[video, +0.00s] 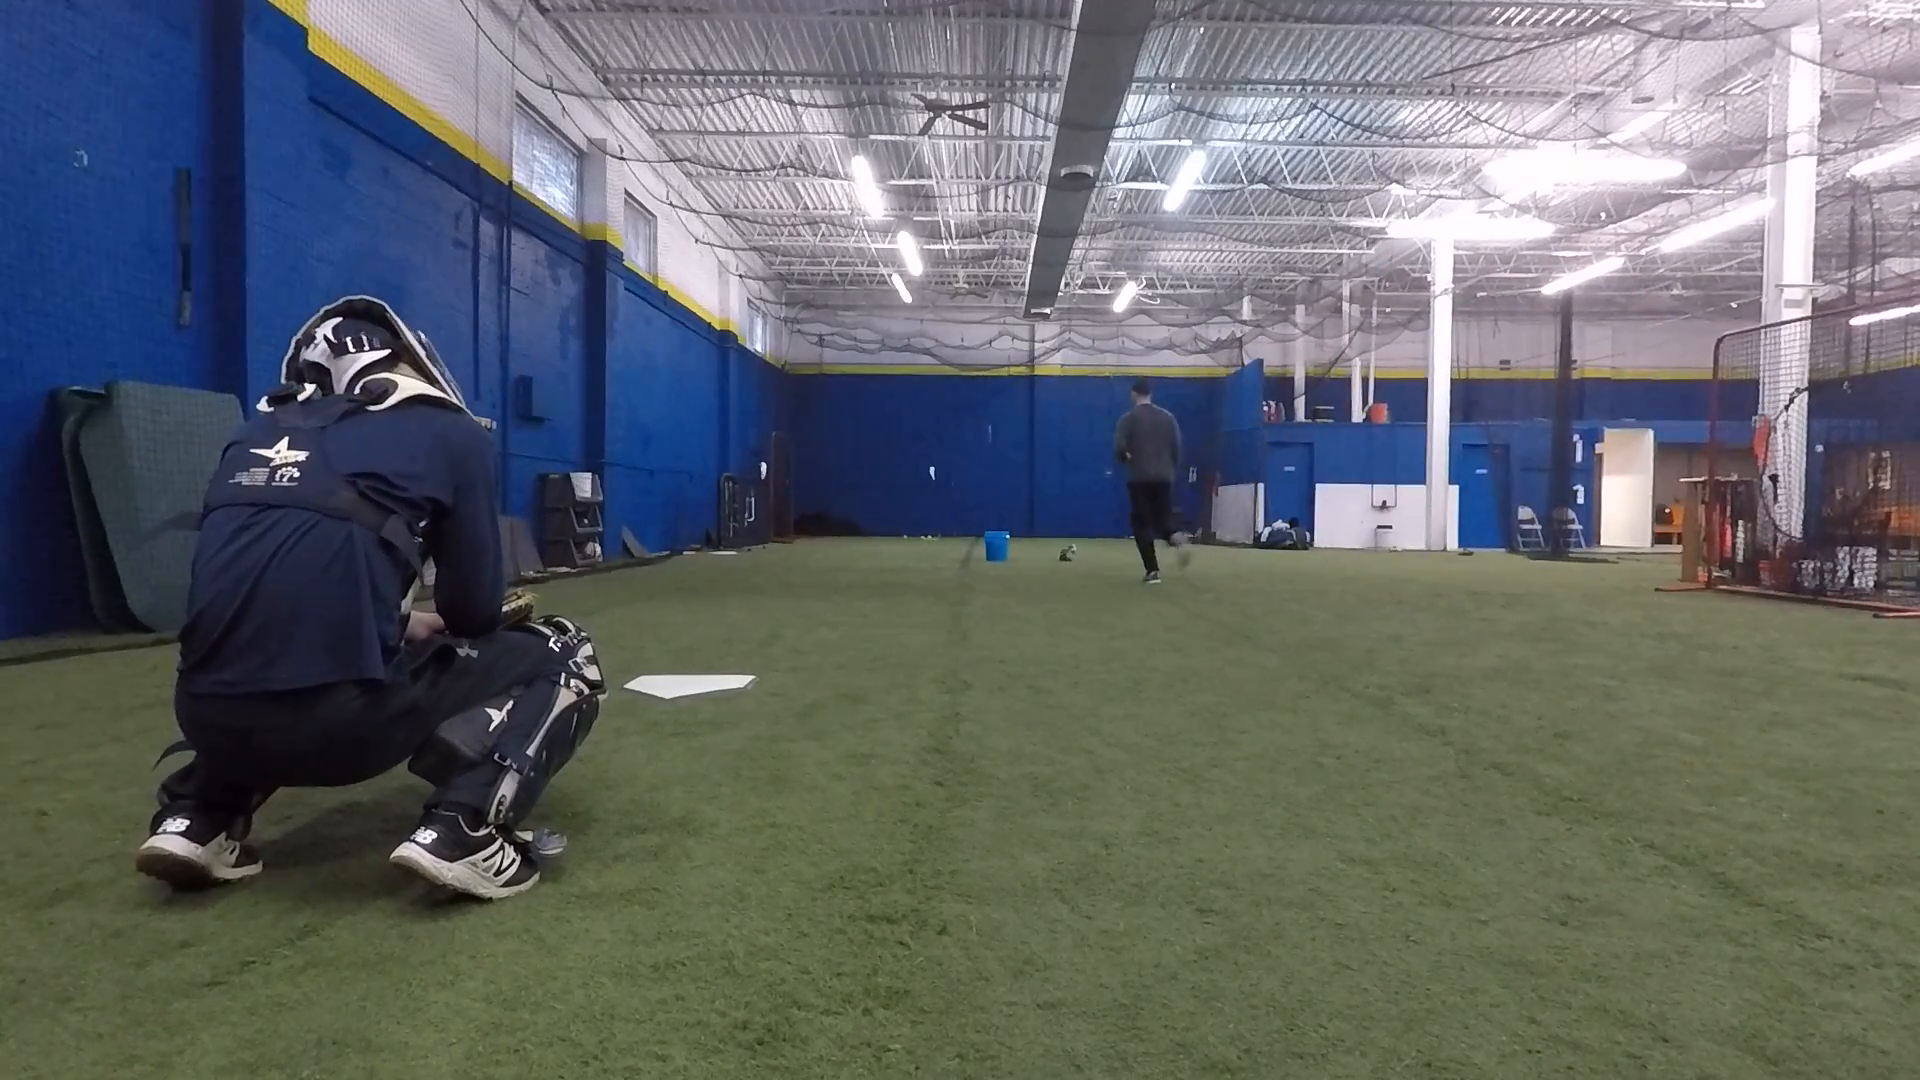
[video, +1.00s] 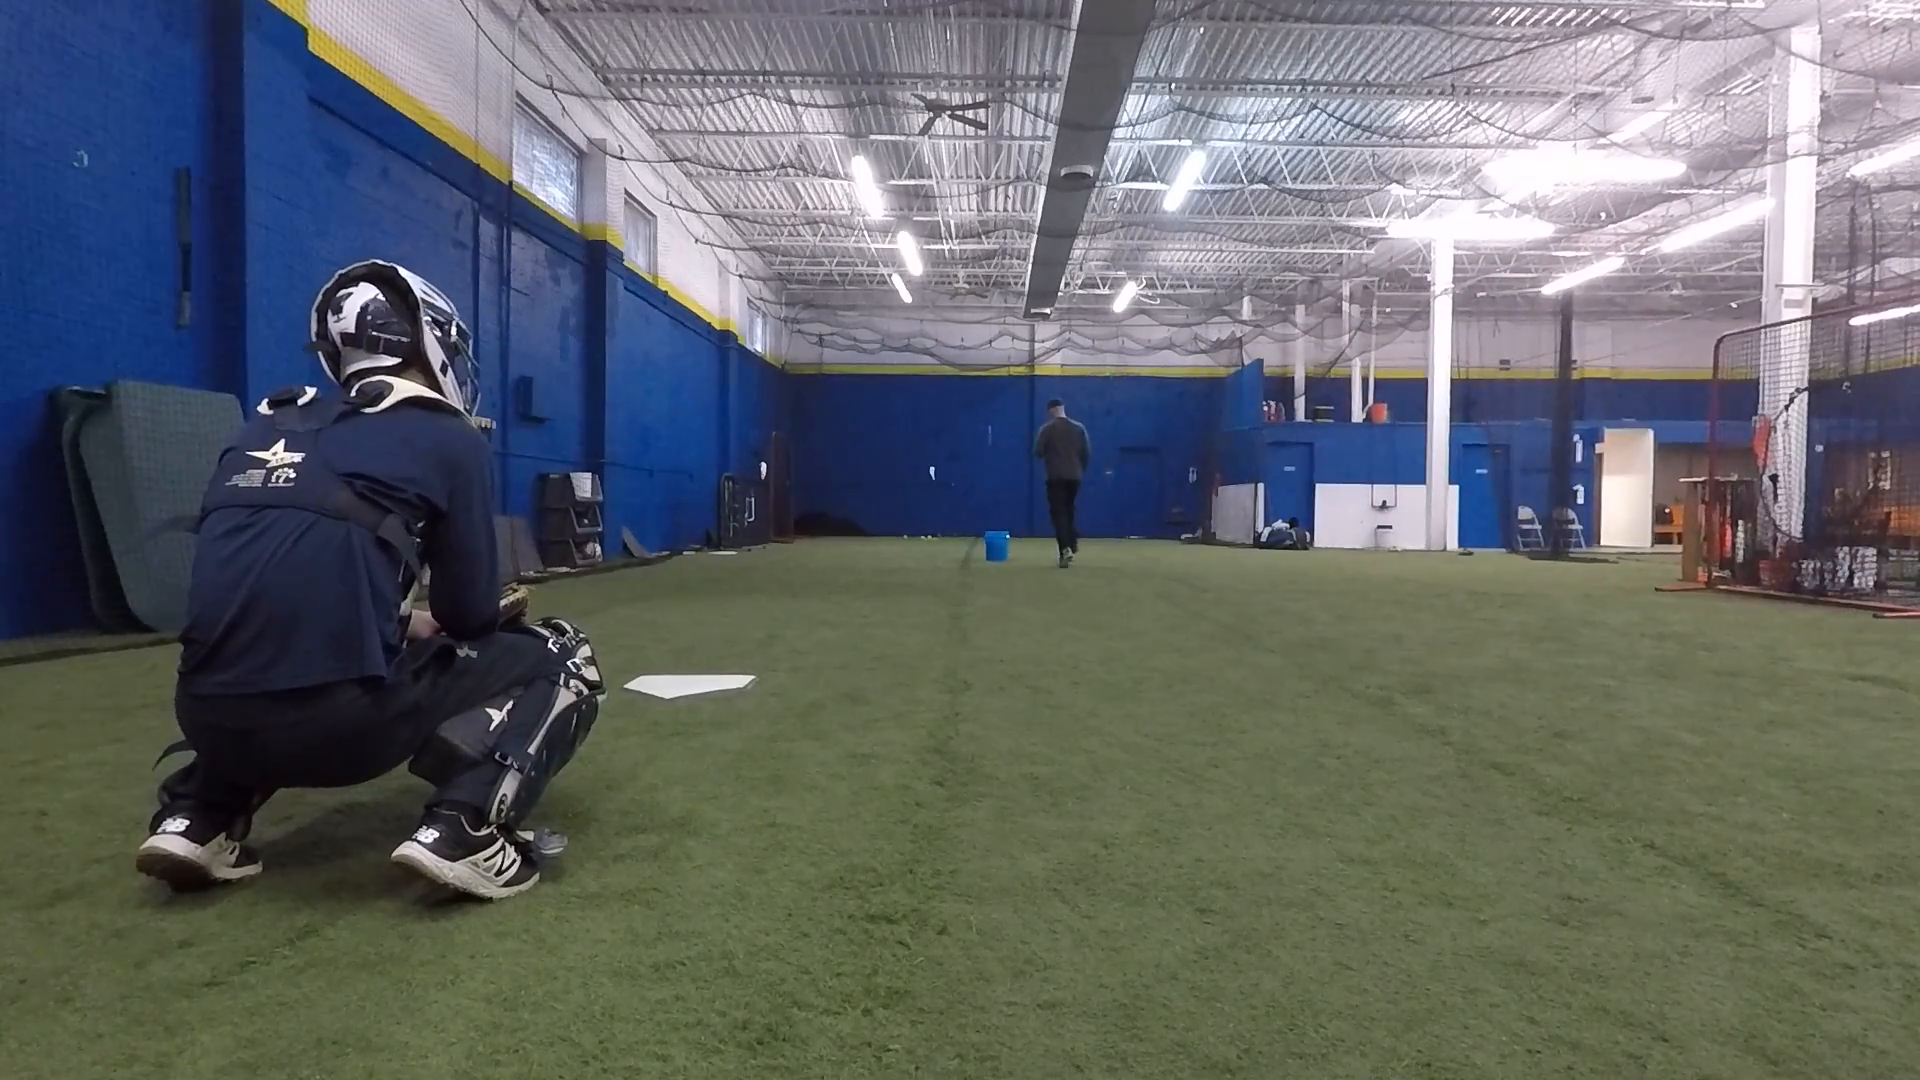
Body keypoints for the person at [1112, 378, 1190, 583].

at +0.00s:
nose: (1132, 397)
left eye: (1132, 394)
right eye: (1134, 394)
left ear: (1134, 394)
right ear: (1150, 394)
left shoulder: (1128, 418)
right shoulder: (1167, 416)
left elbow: (1120, 448)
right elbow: (1177, 445)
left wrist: (1125, 457)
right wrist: (1174, 465)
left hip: (1139, 479)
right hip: (1164, 477)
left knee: (1141, 523)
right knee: (1162, 518)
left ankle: (1152, 571)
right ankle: (1177, 539)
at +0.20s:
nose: (1119, 392)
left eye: (1119, 389)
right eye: (1124, 389)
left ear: (1118, 390)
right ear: (1133, 390)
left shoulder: (1109, 409)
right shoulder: (1147, 410)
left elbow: (1099, 434)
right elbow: (1159, 437)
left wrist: (1113, 430)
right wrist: (1151, 456)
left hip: (1120, 465)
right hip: (1143, 465)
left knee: (1128, 508)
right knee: (1136, 509)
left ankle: (1140, 546)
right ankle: (1130, 556)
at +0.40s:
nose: (1102, 408)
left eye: (1101, 405)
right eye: (1104, 405)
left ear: (1102, 406)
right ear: (1117, 407)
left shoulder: (1097, 425)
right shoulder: (1128, 427)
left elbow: (1093, 449)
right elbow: (1139, 454)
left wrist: (1090, 464)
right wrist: (1133, 471)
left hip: (1103, 481)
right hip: (1124, 481)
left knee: (1097, 520)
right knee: (1116, 520)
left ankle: (1113, 540)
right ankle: (1119, 562)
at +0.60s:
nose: (1077, 405)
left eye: (1078, 401)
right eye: (1079, 401)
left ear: (1080, 401)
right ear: (1094, 401)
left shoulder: (1081, 417)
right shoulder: (1108, 420)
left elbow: (1082, 437)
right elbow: (1115, 447)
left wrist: (1070, 449)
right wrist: (1110, 463)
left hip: (1082, 472)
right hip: (1102, 471)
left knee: (1080, 515)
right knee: (1105, 509)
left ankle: (1076, 558)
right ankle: (1118, 545)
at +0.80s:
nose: (1063, 417)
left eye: (1062, 414)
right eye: (1065, 414)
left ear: (1062, 414)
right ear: (1075, 413)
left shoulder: (1060, 434)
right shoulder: (1090, 432)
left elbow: (1057, 459)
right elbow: (1097, 456)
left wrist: (1052, 465)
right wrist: (1098, 471)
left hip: (1066, 485)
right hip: (1086, 485)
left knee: (1063, 522)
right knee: (1084, 521)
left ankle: (1067, 558)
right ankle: (1104, 542)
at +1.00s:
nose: (1052, 414)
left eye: (1050, 411)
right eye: (1054, 410)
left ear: (1050, 411)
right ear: (1063, 409)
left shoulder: (1047, 428)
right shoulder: (1079, 427)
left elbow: (1039, 451)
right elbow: (1085, 451)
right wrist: (1082, 467)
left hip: (1055, 477)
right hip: (1074, 476)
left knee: (1057, 512)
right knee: (1069, 508)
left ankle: (1064, 549)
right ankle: (1072, 543)